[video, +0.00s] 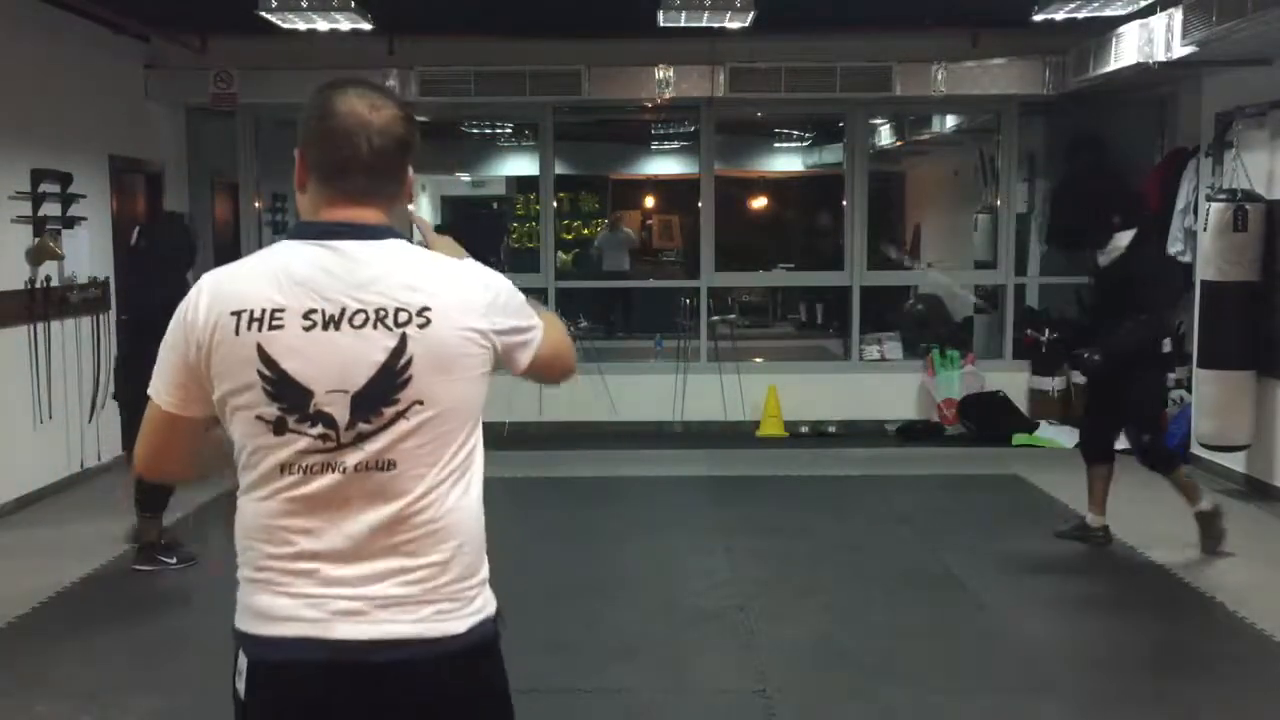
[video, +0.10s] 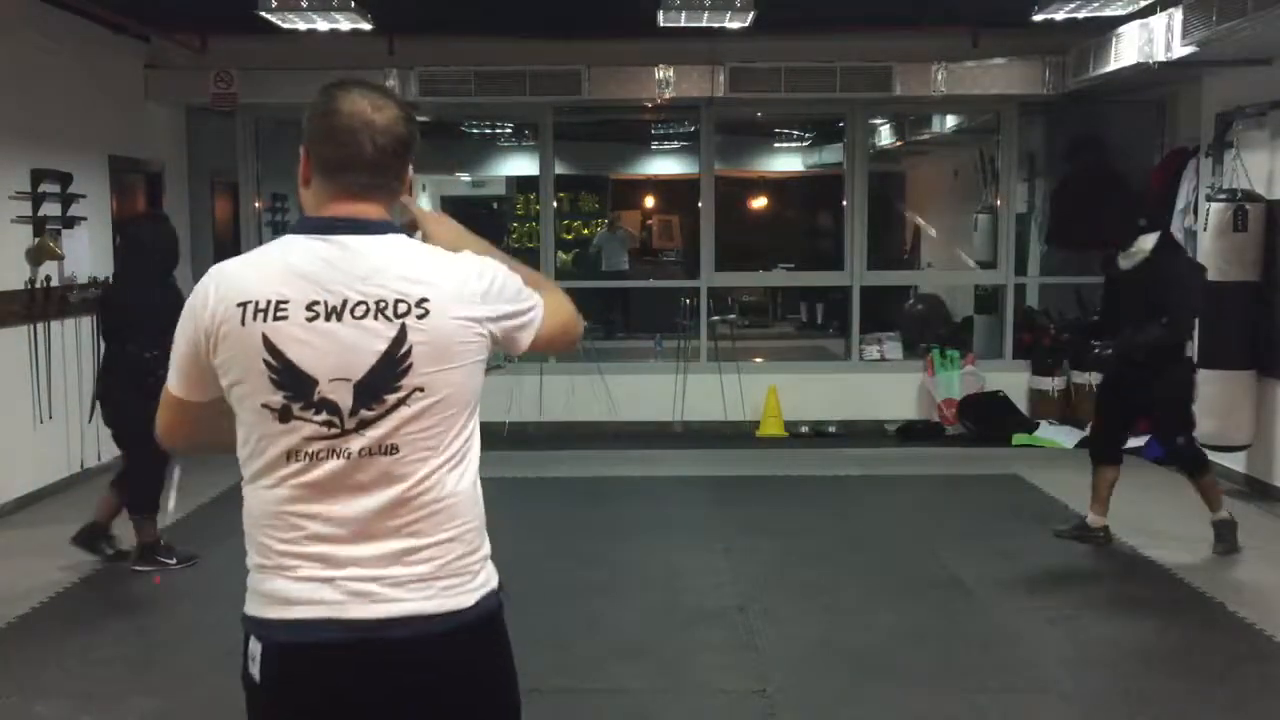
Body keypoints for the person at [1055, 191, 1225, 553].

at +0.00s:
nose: (1091, 238)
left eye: (1094, 230)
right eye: (1089, 233)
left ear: (1112, 220)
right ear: (1116, 219)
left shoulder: (1145, 260)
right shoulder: (1109, 262)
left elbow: (1155, 322)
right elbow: (1103, 319)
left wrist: (1106, 351)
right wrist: (1069, 332)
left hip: (1142, 364)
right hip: (1110, 364)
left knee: (1150, 446)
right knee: (1095, 439)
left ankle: (1204, 508)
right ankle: (1095, 521)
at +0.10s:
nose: (1114, 238)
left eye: (1120, 229)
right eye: (1112, 230)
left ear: (1142, 224)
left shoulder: (1175, 265)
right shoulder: (1119, 266)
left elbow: (1178, 329)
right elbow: (1112, 323)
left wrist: (1125, 345)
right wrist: (1075, 329)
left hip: (1167, 370)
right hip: (1125, 368)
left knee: (1178, 445)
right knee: (1105, 440)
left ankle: (1222, 519)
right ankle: (1096, 521)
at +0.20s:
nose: (1143, 252)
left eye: (1151, 244)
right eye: (1140, 245)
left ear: (1171, 235)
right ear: (1137, 239)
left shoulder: (1204, 273)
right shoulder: (1138, 271)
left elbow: (1202, 333)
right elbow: (1123, 322)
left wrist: (1143, 342)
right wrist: (1094, 331)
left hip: (1192, 373)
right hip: (1148, 371)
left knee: (1206, 447)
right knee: (1119, 439)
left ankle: (1226, 523)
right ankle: (1099, 519)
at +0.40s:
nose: (1178, 237)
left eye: (1187, 230)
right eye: (1174, 228)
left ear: (1208, 226)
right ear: (1168, 224)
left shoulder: (1237, 269)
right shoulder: (1162, 262)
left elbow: (1240, 329)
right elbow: (1150, 312)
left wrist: (1176, 339)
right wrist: (1141, 333)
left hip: (1219, 373)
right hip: (1172, 369)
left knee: (1224, 448)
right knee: (1142, 433)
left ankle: (1229, 524)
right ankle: (1143, 518)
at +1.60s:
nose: (1128, 226)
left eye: (1137, 218)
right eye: (1127, 218)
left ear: (1158, 220)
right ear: (1122, 221)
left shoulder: (1187, 267)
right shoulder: (1115, 264)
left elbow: (1189, 324)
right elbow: (1100, 316)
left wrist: (1139, 345)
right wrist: (1092, 347)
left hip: (1167, 370)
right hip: (1122, 368)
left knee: (1168, 453)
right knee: (1119, 447)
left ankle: (1195, 520)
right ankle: (1124, 527)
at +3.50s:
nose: (1126, 226)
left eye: (1135, 218)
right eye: (1125, 218)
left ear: (1156, 219)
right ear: (1124, 218)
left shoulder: (1181, 267)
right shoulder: (1115, 261)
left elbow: (1172, 327)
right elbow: (1100, 315)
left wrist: (1125, 346)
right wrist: (1089, 344)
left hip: (1154, 377)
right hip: (1112, 374)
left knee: (1159, 455)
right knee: (1116, 450)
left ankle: (1169, 537)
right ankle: (1123, 528)